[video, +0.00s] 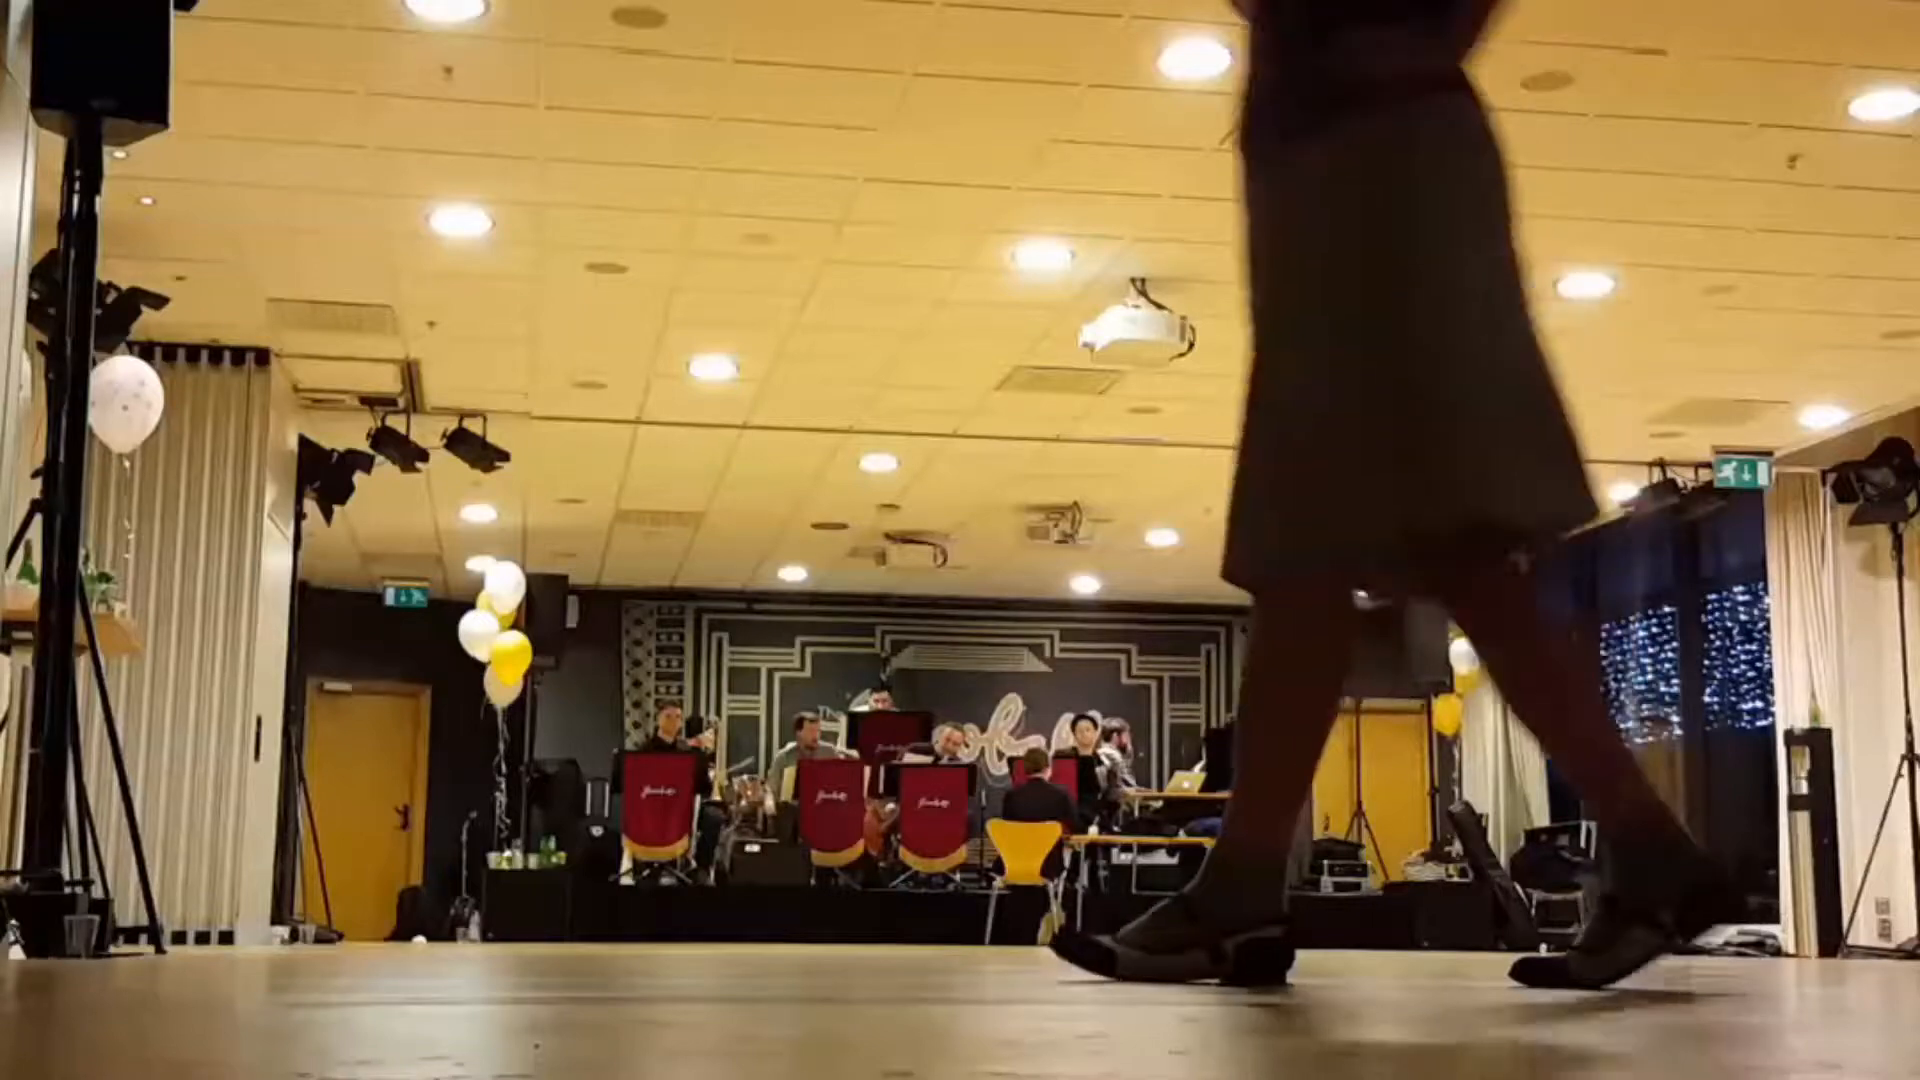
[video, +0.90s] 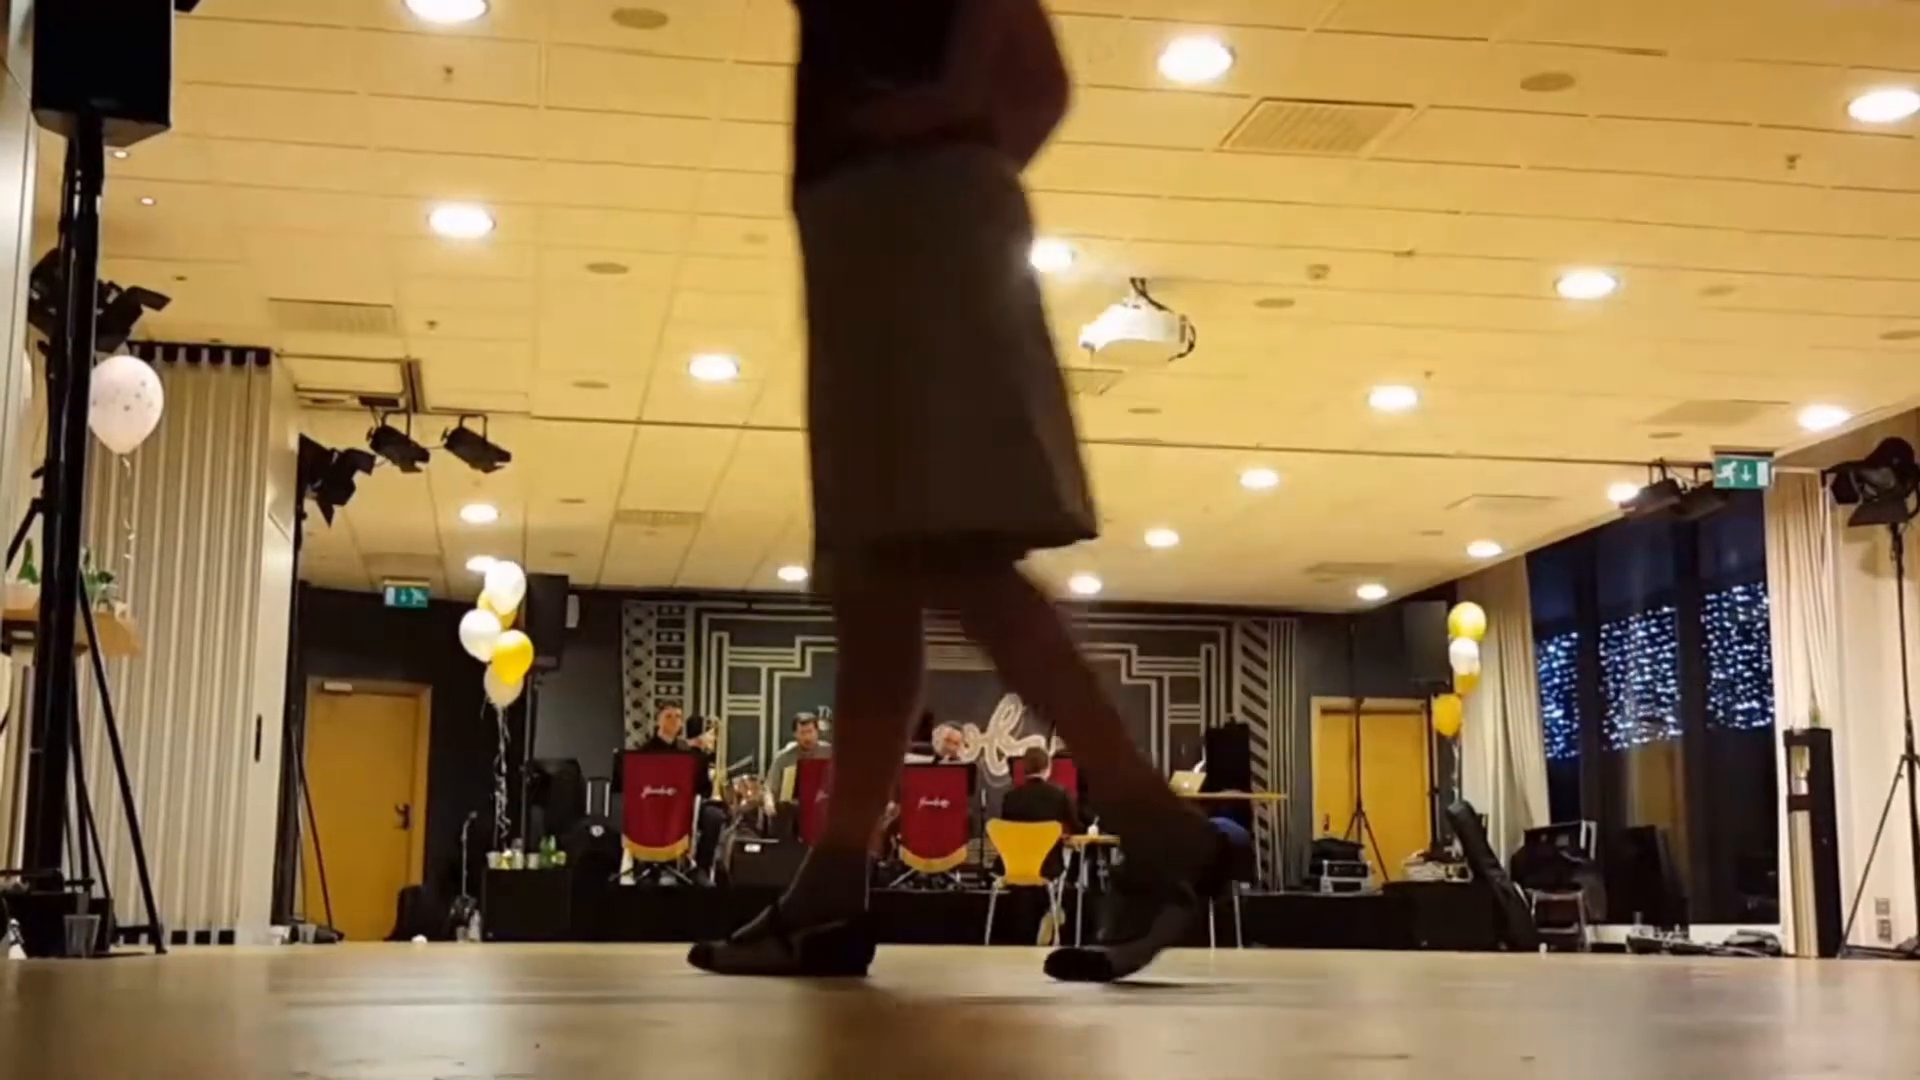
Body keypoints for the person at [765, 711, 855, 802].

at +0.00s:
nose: (815, 735)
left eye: (817, 730)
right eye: (811, 730)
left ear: (820, 731)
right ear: (799, 732)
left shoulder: (829, 752)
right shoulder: (785, 756)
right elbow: (773, 784)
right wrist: (771, 801)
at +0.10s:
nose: (815, 736)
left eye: (817, 730)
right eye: (810, 730)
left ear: (820, 732)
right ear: (799, 733)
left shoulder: (830, 753)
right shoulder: (784, 757)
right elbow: (772, 785)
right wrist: (770, 801)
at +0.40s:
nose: (813, 736)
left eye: (816, 731)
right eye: (808, 731)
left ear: (819, 732)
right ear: (798, 734)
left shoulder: (831, 753)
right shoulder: (785, 757)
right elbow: (772, 786)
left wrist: (852, 762)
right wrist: (770, 802)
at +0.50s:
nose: (810, 736)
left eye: (813, 731)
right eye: (806, 732)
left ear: (818, 732)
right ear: (797, 734)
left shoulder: (831, 753)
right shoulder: (785, 757)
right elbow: (771, 787)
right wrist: (770, 803)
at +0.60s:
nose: (809, 736)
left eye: (812, 731)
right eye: (804, 732)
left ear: (818, 731)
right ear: (797, 733)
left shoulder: (831, 752)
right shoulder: (784, 757)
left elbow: (856, 757)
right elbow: (771, 785)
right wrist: (770, 802)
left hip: (824, 807)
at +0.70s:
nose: (808, 736)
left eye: (811, 730)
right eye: (804, 731)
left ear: (817, 730)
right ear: (796, 733)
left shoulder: (832, 753)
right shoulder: (783, 757)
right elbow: (770, 784)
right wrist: (770, 800)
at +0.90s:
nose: (807, 737)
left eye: (810, 731)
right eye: (802, 732)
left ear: (817, 731)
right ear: (795, 734)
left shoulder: (829, 753)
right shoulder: (783, 758)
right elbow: (770, 786)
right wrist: (769, 802)